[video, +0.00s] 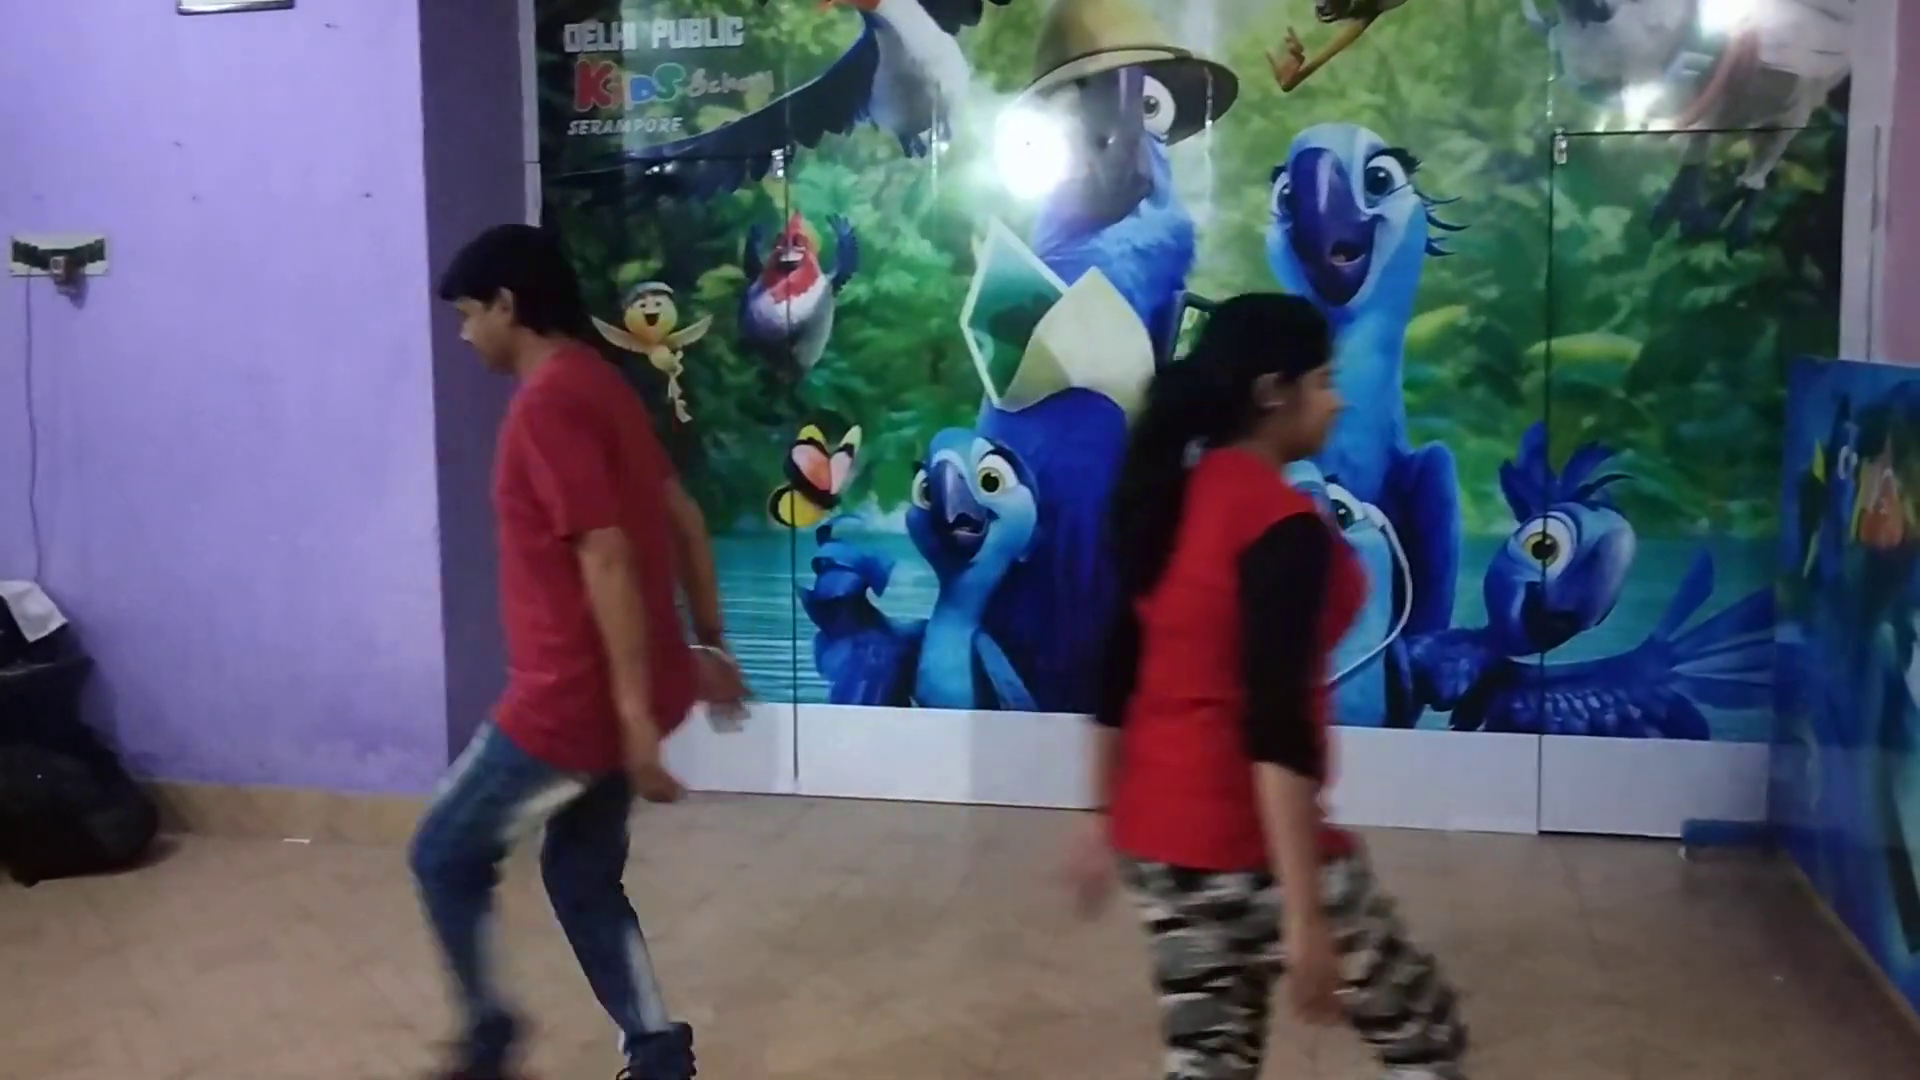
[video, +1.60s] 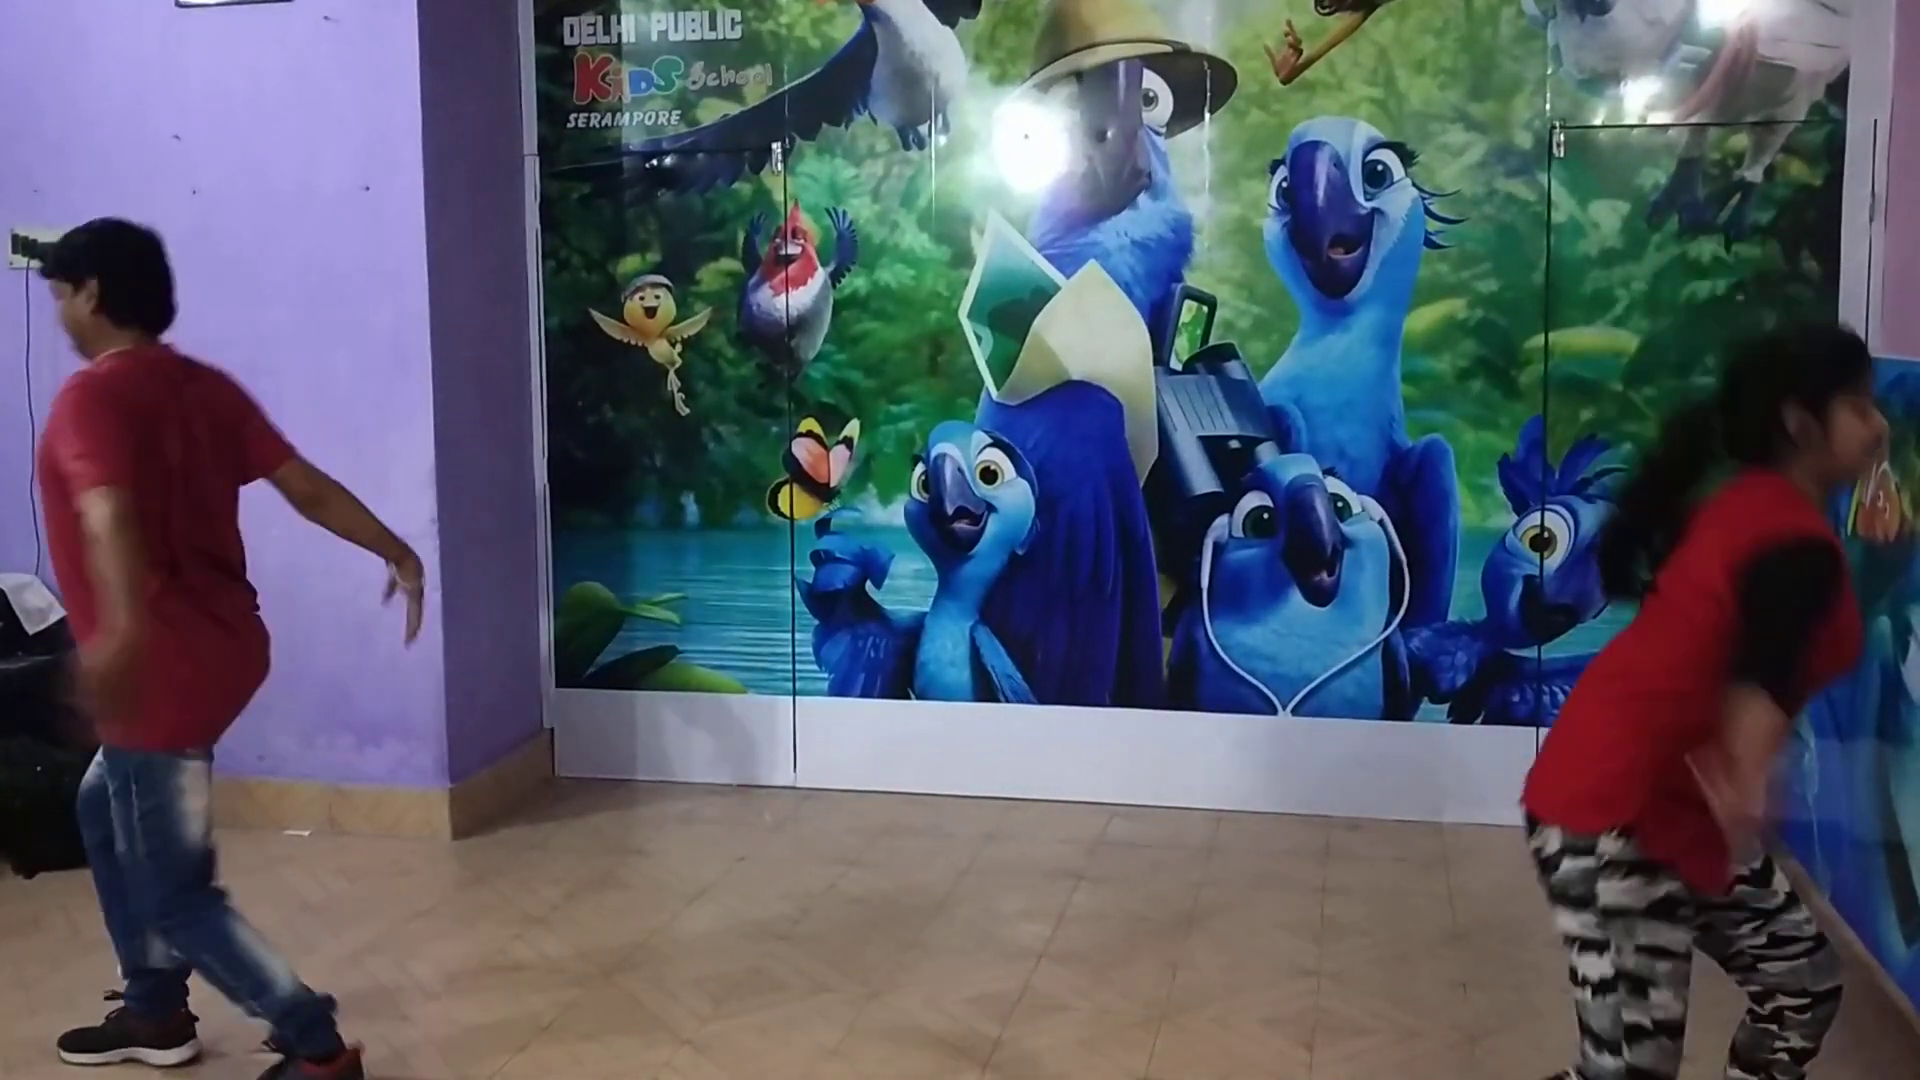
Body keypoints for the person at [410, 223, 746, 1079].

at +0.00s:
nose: (462, 333)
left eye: (467, 313)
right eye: (459, 316)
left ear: (511, 304)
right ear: (535, 305)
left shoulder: (550, 401)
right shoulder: (603, 384)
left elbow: (608, 555)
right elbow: (682, 515)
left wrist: (637, 714)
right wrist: (711, 640)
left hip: (566, 701)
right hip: (621, 694)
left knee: (443, 858)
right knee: (583, 876)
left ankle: (486, 1031)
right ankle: (656, 1049)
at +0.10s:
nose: (391, 320)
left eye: (397, 301)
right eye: (389, 303)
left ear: (439, 295)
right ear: (467, 295)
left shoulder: (467, 398)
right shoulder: (531, 377)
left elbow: (513, 549)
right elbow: (602, 509)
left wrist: (533, 708)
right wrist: (623, 631)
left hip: (476, 700)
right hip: (536, 696)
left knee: (385, 868)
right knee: (524, 870)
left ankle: (350, 1053)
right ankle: (631, 1042)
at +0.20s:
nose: (322, 313)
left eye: (328, 293)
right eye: (320, 294)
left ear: (368, 288)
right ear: (395, 287)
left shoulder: (389, 393)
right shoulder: (467, 372)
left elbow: (421, 548)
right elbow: (535, 506)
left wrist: (428, 707)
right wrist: (551, 630)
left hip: (395, 694)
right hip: (464, 682)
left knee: (320, 866)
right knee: (402, 843)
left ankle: (330, 1053)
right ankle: (526, 985)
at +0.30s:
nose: (266, 305)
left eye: (270, 286)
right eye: (263, 287)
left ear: (311, 280)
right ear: (345, 279)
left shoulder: (327, 388)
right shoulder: (416, 367)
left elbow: (345, 545)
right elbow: (478, 502)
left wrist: (336, 709)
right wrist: (492, 625)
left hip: (338, 680)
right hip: (409, 662)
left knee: (274, 869)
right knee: (312, 822)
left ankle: (321, 1046)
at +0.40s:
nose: (222, 301)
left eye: (223, 282)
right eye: (219, 284)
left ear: (258, 271)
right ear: (293, 270)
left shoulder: (278, 375)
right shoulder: (371, 361)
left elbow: (283, 537)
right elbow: (434, 495)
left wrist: (263, 692)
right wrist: (447, 622)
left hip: (283, 671)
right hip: (352, 656)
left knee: (254, 874)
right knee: (220, 793)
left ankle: (324, 1047)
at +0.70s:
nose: (117, 297)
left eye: (119, 278)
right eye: (114, 280)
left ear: (151, 272)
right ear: (195, 272)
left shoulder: (169, 372)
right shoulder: (263, 360)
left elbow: (171, 529)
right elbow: (318, 498)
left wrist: (148, 681)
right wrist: (325, 619)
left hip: (190, 659)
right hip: (248, 641)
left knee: (235, 860)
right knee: (167, 822)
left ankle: (326, 1044)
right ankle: (159, 1000)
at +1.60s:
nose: (56, 307)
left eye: (61, 291)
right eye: (57, 291)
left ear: (92, 297)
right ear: (148, 299)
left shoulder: (89, 398)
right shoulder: (208, 386)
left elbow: (107, 516)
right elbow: (301, 481)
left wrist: (120, 631)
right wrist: (396, 549)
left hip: (154, 664)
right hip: (225, 648)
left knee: (177, 901)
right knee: (105, 810)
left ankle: (317, 1045)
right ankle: (153, 1011)